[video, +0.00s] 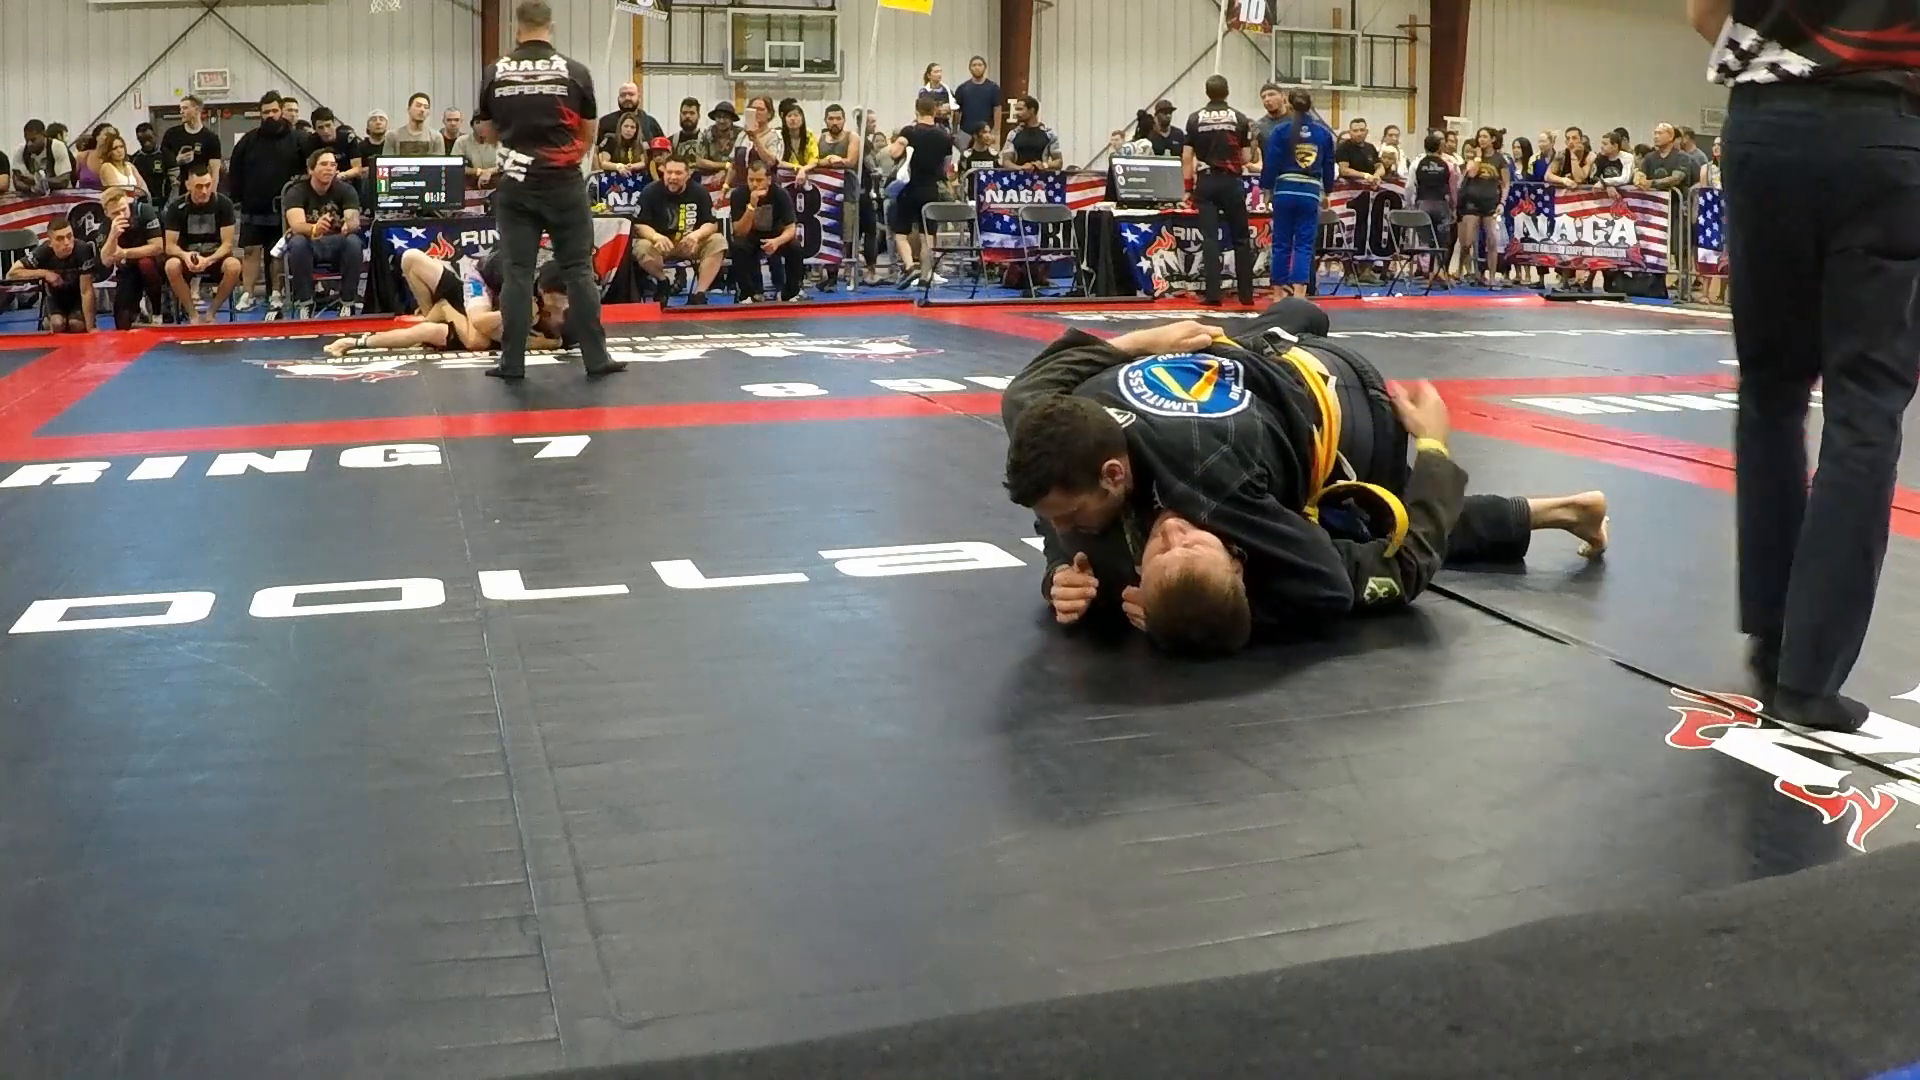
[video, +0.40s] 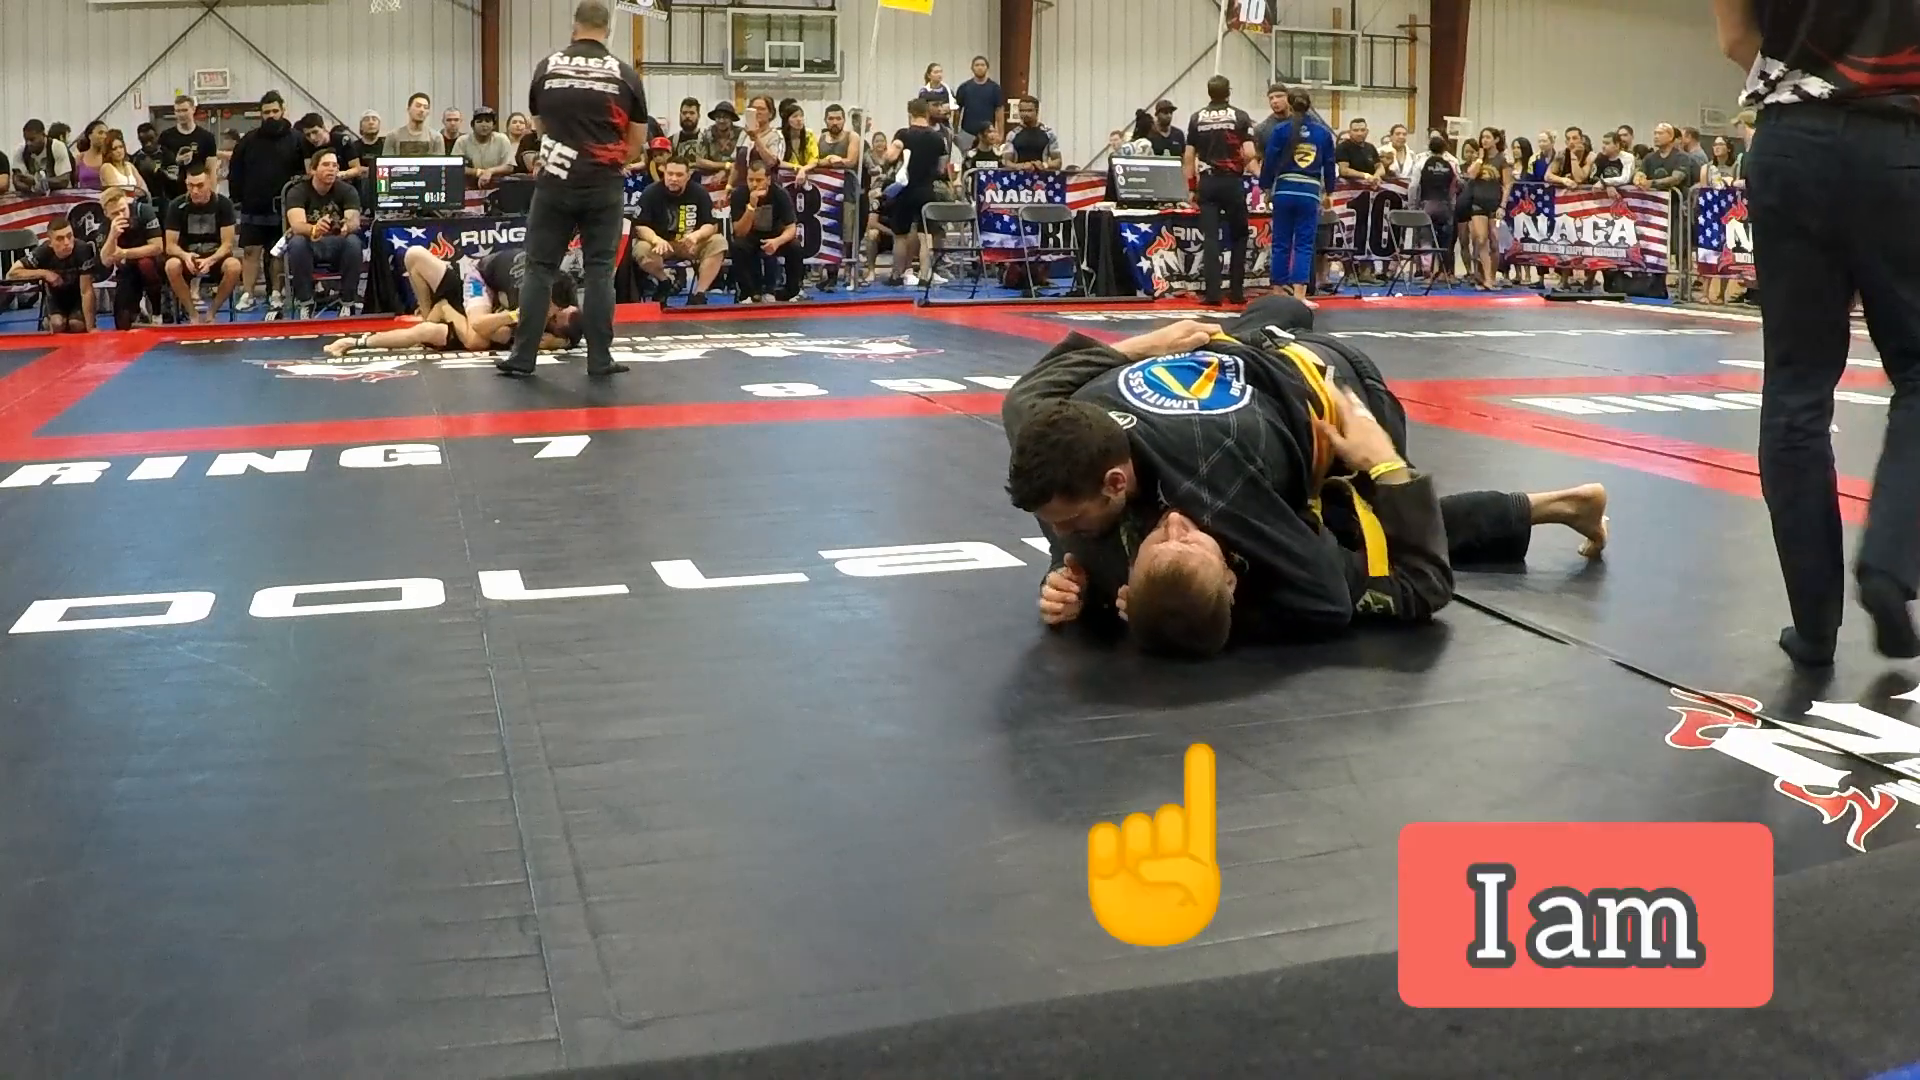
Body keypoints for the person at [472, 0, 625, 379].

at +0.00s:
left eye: (519, 29)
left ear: (517, 30)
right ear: (550, 29)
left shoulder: (497, 71)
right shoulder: (576, 71)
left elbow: (489, 134)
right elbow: (587, 136)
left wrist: (520, 120)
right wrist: (561, 162)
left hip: (516, 185)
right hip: (564, 185)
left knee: (517, 272)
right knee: (579, 267)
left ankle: (512, 364)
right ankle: (596, 359)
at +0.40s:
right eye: (603, 30)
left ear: (574, 26)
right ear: (607, 31)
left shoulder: (547, 66)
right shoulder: (626, 74)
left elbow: (541, 124)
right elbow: (635, 145)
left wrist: (572, 149)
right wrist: (604, 162)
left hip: (555, 183)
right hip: (605, 184)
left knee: (539, 267)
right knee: (600, 270)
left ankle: (522, 358)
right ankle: (599, 360)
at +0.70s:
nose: (587, 33)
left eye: (587, 28)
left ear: (588, 28)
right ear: (620, 31)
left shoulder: (559, 64)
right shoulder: (640, 75)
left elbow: (548, 124)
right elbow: (645, 144)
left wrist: (575, 150)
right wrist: (617, 163)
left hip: (565, 182)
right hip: (612, 185)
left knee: (563, 263)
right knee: (604, 267)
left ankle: (563, 354)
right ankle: (599, 358)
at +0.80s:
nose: (588, 33)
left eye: (587, 28)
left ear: (587, 28)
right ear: (620, 30)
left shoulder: (559, 65)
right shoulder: (640, 75)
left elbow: (548, 123)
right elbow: (646, 141)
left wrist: (574, 149)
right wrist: (623, 164)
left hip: (566, 182)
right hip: (612, 183)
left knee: (571, 264)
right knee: (605, 267)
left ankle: (576, 352)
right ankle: (598, 358)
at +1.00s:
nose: (592, 35)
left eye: (585, 29)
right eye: (602, 29)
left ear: (578, 30)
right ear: (611, 29)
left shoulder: (556, 69)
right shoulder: (634, 72)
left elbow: (549, 132)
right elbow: (647, 135)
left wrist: (577, 155)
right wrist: (627, 163)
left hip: (569, 182)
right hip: (613, 183)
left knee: (577, 265)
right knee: (606, 266)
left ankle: (581, 352)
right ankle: (598, 356)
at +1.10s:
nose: (582, 37)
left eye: (575, 30)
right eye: (595, 31)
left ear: (569, 31)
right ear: (603, 30)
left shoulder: (551, 72)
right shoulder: (629, 69)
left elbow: (548, 132)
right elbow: (646, 131)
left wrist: (574, 157)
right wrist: (630, 162)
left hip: (569, 183)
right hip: (613, 182)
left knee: (578, 265)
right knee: (608, 264)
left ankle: (582, 352)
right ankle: (598, 355)